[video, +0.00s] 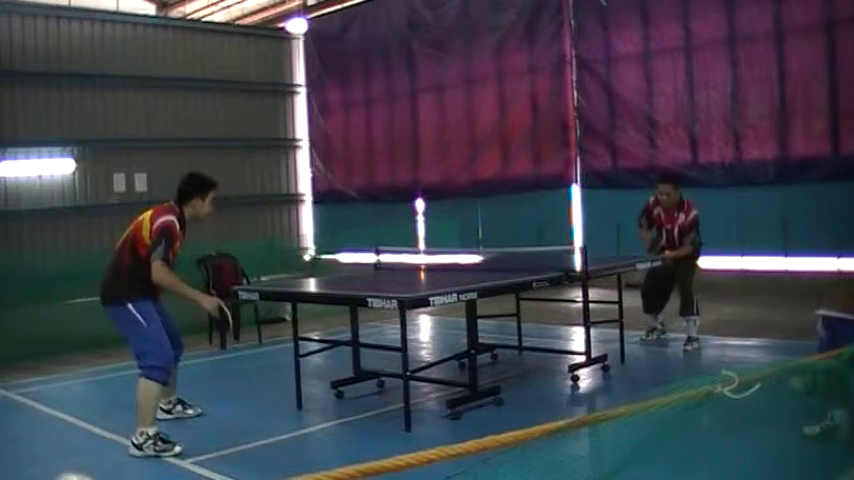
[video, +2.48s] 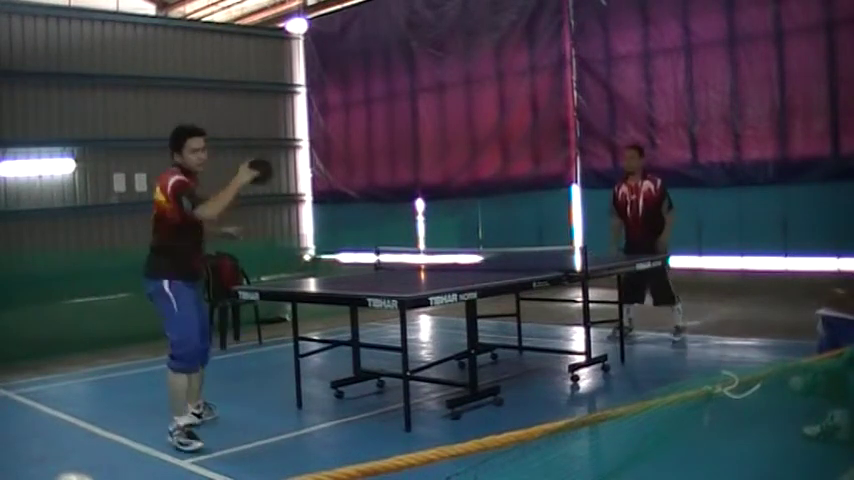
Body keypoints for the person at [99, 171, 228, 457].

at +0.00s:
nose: (211, 208)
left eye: (212, 202)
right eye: (209, 202)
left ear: (191, 199)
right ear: (195, 200)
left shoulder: (171, 217)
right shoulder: (167, 222)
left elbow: (156, 269)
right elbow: (158, 273)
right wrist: (200, 298)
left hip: (142, 293)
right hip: (125, 296)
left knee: (172, 346)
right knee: (157, 358)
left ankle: (167, 403)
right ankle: (144, 435)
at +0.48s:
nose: (214, 207)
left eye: (214, 201)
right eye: (212, 200)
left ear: (193, 198)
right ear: (197, 200)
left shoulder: (173, 218)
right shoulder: (168, 223)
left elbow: (155, 270)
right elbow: (157, 274)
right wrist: (198, 303)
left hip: (143, 293)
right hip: (125, 296)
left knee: (173, 346)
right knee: (156, 358)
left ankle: (167, 403)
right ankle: (144, 435)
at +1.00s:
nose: (208, 189)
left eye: (208, 183)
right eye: (206, 182)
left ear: (186, 182)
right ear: (190, 183)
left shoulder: (169, 204)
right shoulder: (166, 212)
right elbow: (157, 264)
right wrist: (193, 299)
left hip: (152, 289)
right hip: (135, 291)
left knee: (173, 346)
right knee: (158, 356)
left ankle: (167, 403)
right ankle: (144, 434)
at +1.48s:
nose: (204, 215)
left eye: (204, 208)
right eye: (198, 209)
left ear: (183, 212)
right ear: (178, 213)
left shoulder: (209, 235)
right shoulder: (148, 238)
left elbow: (246, 263)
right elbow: (119, 276)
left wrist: (239, 275)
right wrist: (118, 320)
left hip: (189, 309)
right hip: (159, 309)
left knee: (199, 362)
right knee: (193, 359)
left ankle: (156, 405)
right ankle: (202, 433)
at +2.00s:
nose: (234, 213)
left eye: (235, 207)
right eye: (231, 206)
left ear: (204, 201)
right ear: (214, 203)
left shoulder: (181, 226)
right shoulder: (210, 226)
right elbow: (251, 190)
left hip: (175, 318)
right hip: (195, 321)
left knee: (211, 349)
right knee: (248, 365)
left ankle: (195, 407)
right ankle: (213, 433)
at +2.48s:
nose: (202, 156)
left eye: (204, 150)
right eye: (195, 150)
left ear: (203, 152)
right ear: (177, 154)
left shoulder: (187, 182)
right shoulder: (173, 181)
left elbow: (188, 226)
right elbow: (203, 212)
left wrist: (220, 231)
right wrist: (239, 181)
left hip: (188, 275)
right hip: (168, 278)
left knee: (200, 340)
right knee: (185, 344)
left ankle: (194, 406)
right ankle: (178, 425)